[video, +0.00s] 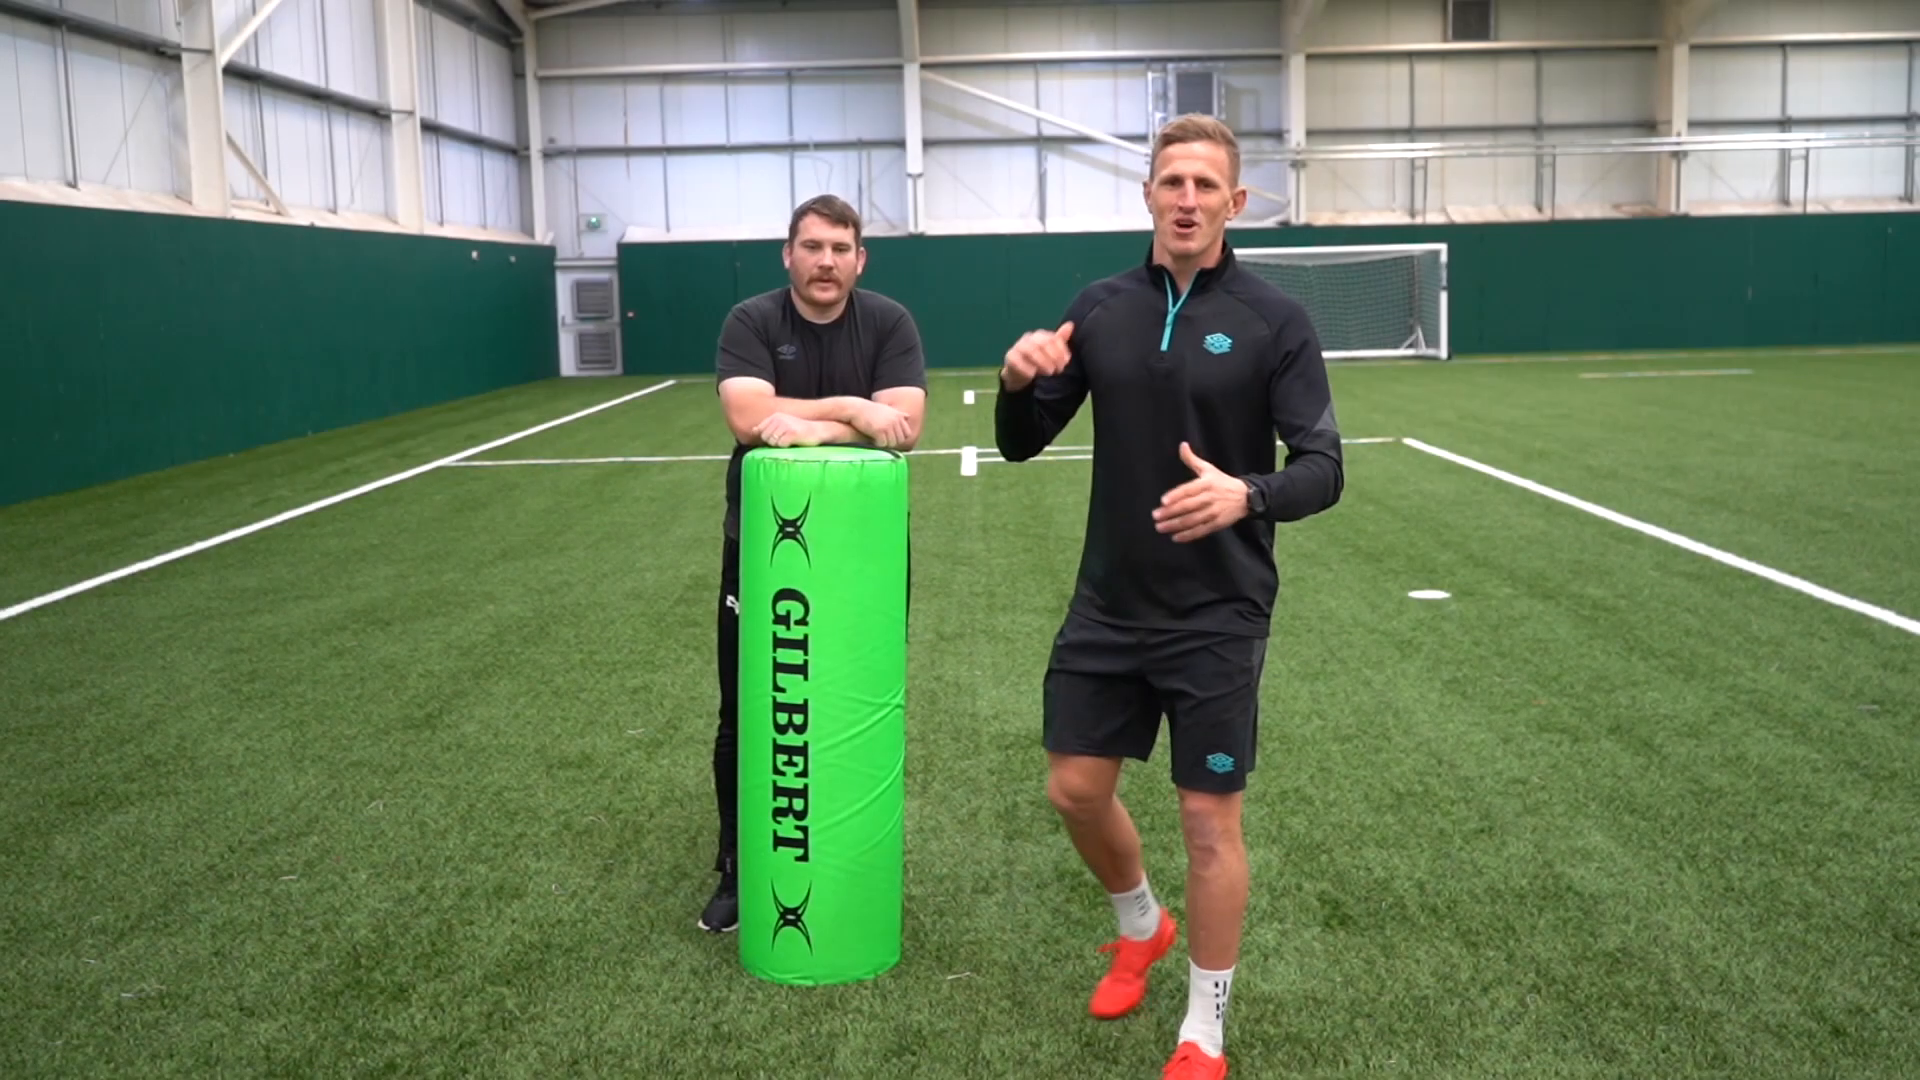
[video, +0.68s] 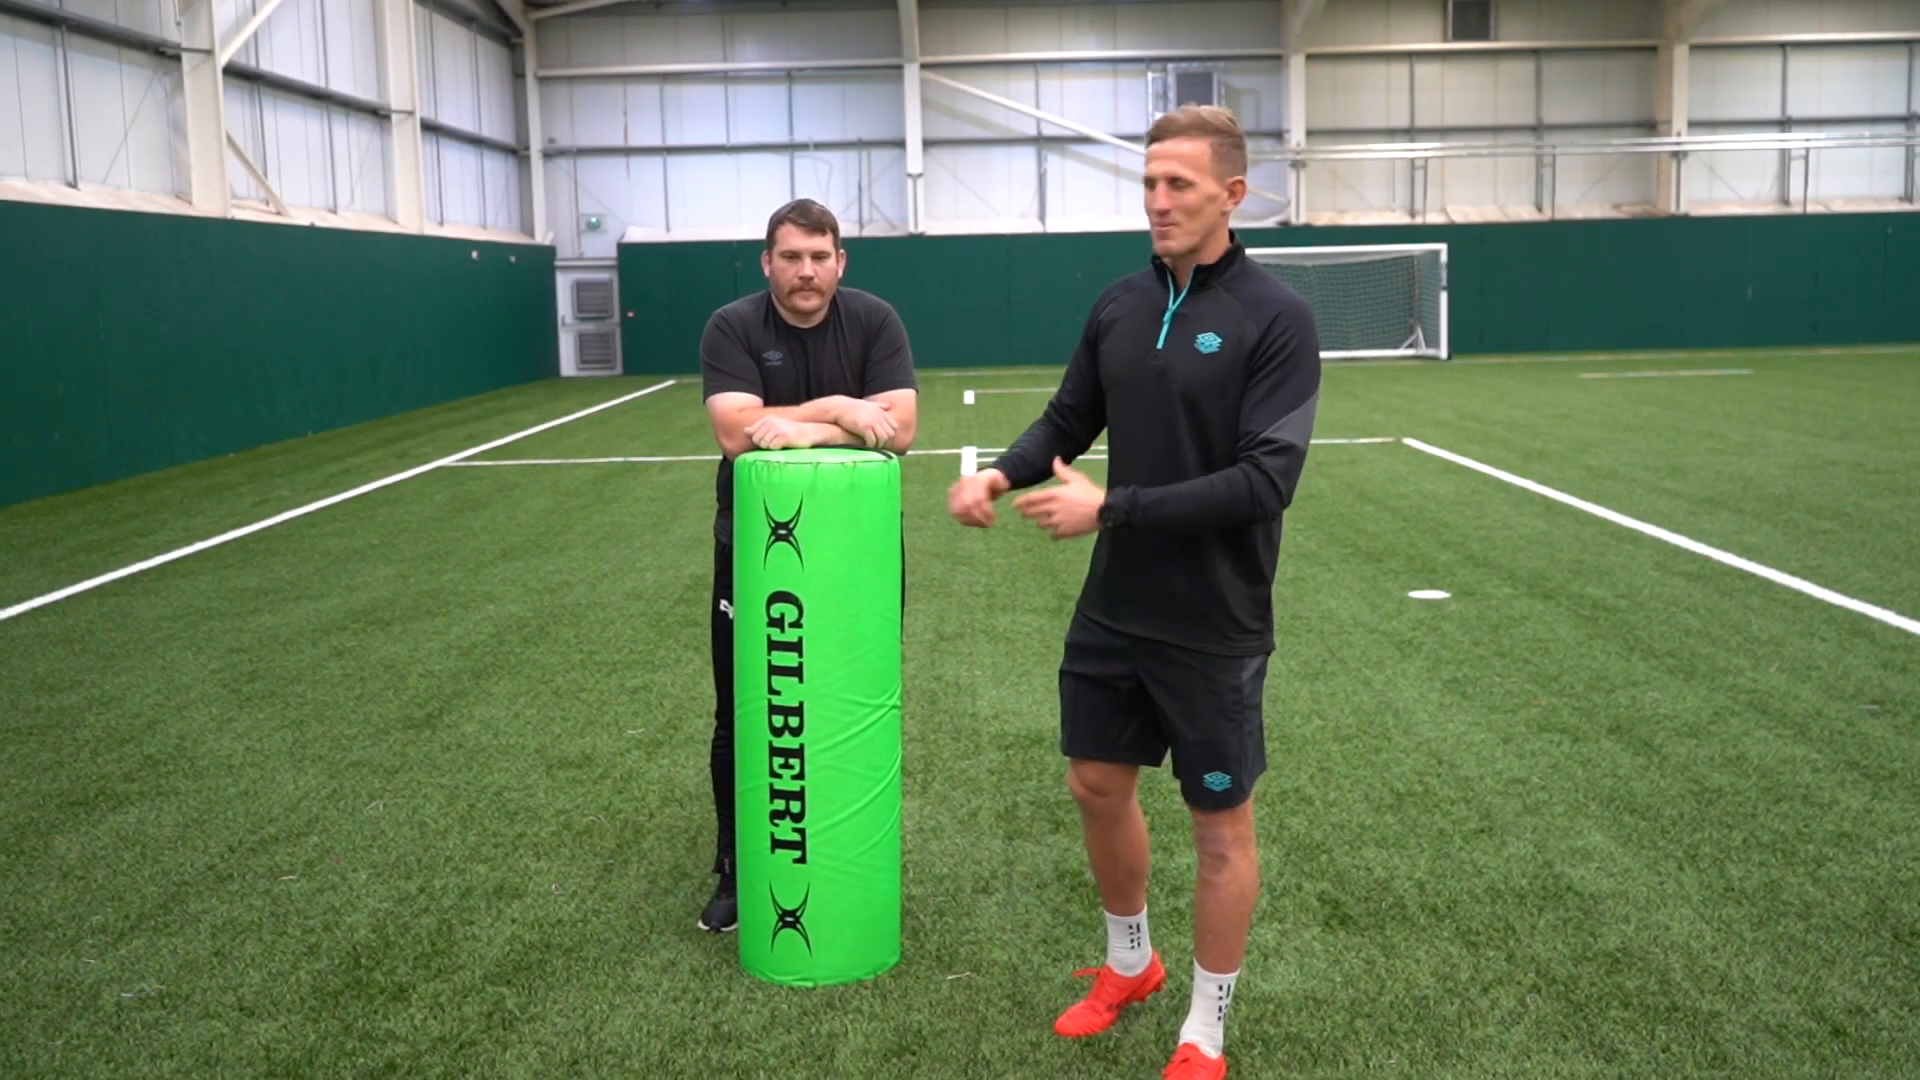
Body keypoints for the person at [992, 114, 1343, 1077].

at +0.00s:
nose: (1185, 200)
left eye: (1205, 185)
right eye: (1170, 182)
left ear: (1235, 203)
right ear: (1147, 196)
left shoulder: (1279, 324)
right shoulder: (1099, 310)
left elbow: (1321, 472)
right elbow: (1021, 442)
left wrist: (1249, 495)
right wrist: (1017, 383)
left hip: (1217, 606)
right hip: (1109, 597)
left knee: (1209, 820)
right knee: (1075, 786)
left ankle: (1204, 1032)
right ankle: (1143, 923)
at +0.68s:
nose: (1157, 202)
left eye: (1177, 186)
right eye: (1150, 184)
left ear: (1232, 196)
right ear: (1144, 191)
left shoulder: (1277, 319)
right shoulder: (1120, 305)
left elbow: (1265, 480)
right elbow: (1069, 420)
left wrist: (1111, 504)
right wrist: (999, 472)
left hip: (1218, 618)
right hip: (1116, 601)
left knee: (1222, 827)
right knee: (1099, 784)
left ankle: (1205, 1035)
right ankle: (1130, 964)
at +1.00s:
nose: (1092, 214)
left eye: (1100, 199)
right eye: (1096, 197)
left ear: (1139, 206)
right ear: (1154, 203)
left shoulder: (1233, 324)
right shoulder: (1156, 291)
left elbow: (1241, 514)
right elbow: (1125, 379)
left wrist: (1174, 654)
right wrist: (1028, 329)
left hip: (1206, 621)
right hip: (1128, 595)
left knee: (1219, 822)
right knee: (1110, 766)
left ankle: (1207, 1037)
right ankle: (1135, 961)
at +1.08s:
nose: (1087, 219)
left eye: (1095, 204)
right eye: (1091, 202)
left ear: (1132, 207)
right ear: (1151, 204)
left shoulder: (1226, 325)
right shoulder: (1153, 291)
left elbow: (1243, 512)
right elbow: (1130, 370)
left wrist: (1206, 662)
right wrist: (1037, 311)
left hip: (1202, 622)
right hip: (1128, 594)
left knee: (1219, 824)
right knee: (1110, 764)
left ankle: (1207, 1037)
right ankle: (1142, 955)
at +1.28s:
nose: (1090, 218)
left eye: (1102, 203)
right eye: (1092, 200)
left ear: (1159, 207)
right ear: (1150, 207)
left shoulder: (1232, 325)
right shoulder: (1134, 294)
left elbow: (1255, 495)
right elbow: (1092, 367)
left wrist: (1234, 650)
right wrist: (967, 334)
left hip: (1197, 622)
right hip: (1123, 601)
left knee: (1214, 823)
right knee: (1133, 774)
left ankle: (1209, 1033)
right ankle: (1172, 953)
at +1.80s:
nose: (1103, 216)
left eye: (1117, 198)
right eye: (1088, 205)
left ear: (1156, 204)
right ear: (1075, 221)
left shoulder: (1224, 302)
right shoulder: (1070, 335)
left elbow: (1280, 432)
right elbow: (1054, 466)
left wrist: (1182, 505)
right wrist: (1099, 507)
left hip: (1229, 582)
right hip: (1132, 589)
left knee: (1245, 773)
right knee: (1162, 764)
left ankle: (1259, 996)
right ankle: (1180, 962)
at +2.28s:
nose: (1150, 206)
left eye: (1164, 192)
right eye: (1137, 195)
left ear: (1197, 205)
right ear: (1120, 215)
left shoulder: (1256, 298)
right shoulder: (1097, 329)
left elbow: (1306, 426)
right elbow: (1068, 458)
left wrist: (1212, 459)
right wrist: (1133, 478)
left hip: (1255, 569)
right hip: (1153, 578)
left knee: (1279, 749)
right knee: (1171, 754)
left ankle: (1285, 882)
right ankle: (1180, 958)